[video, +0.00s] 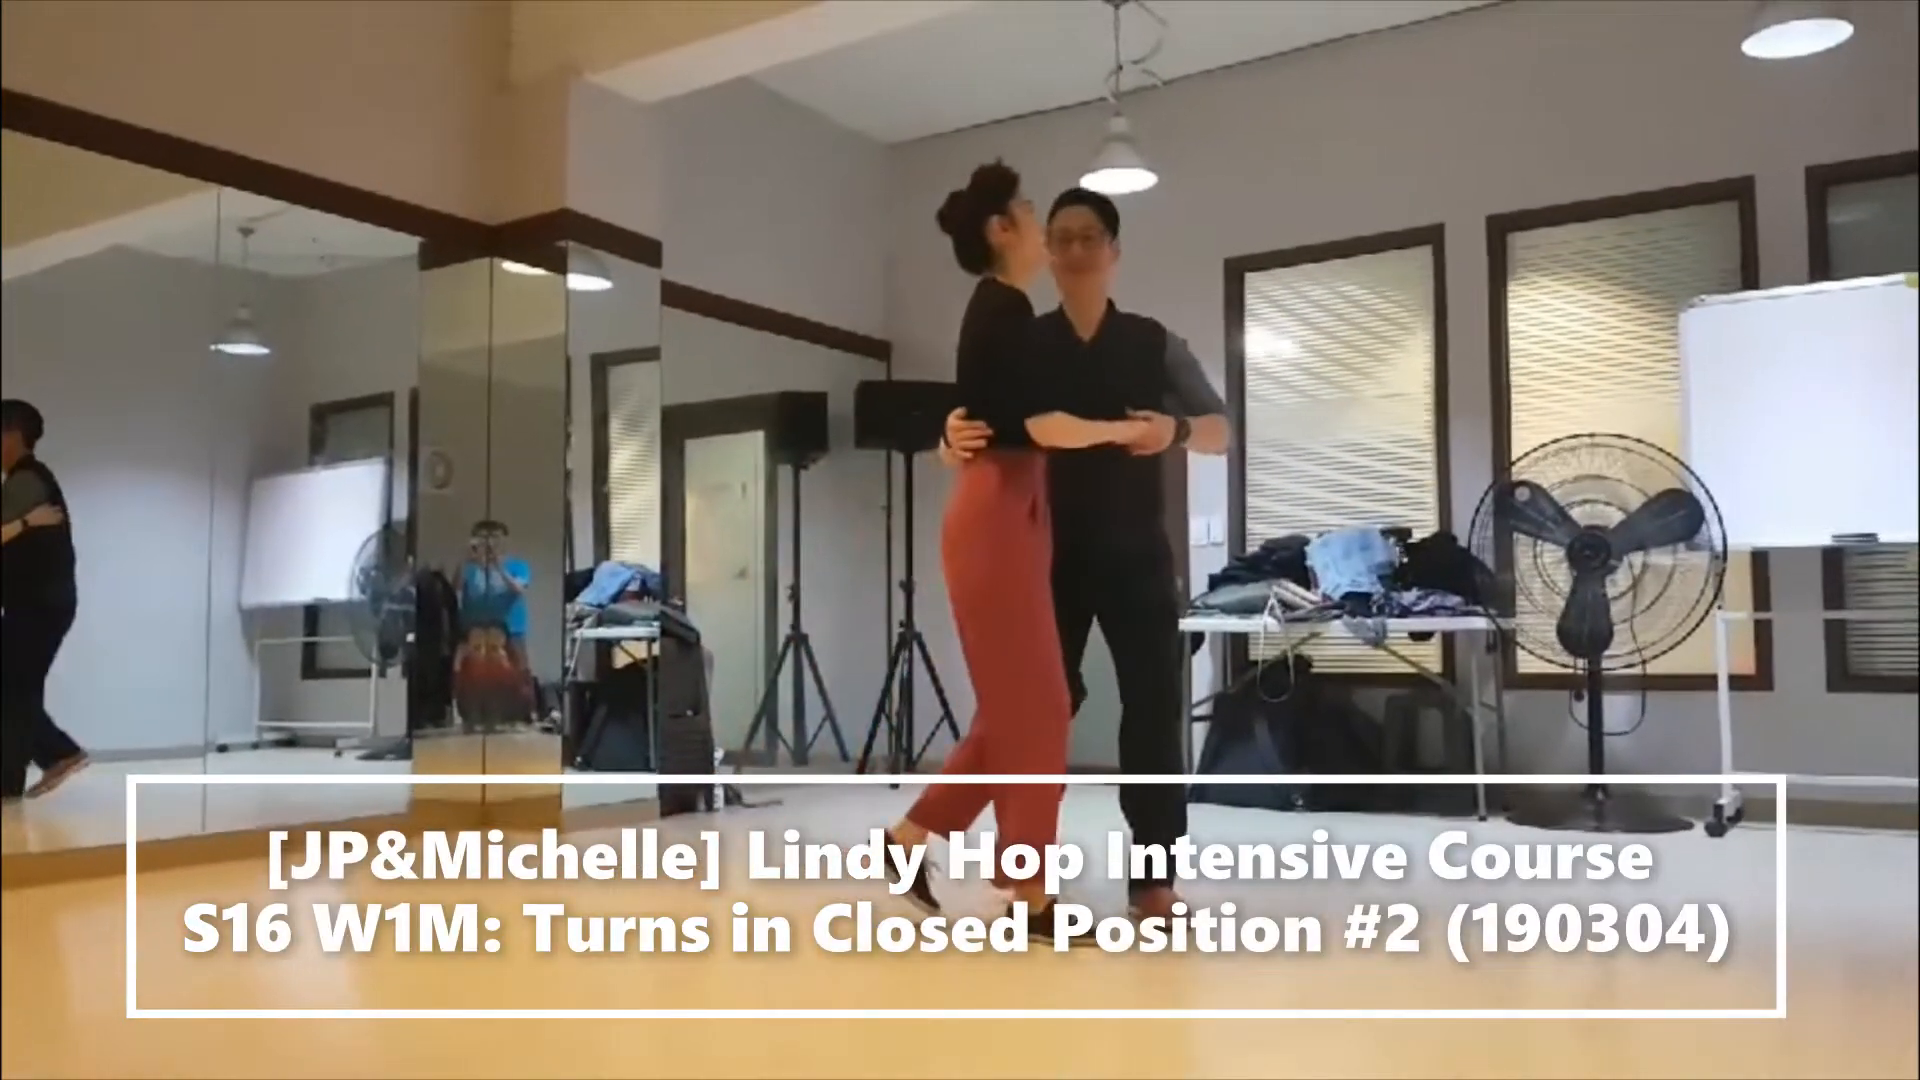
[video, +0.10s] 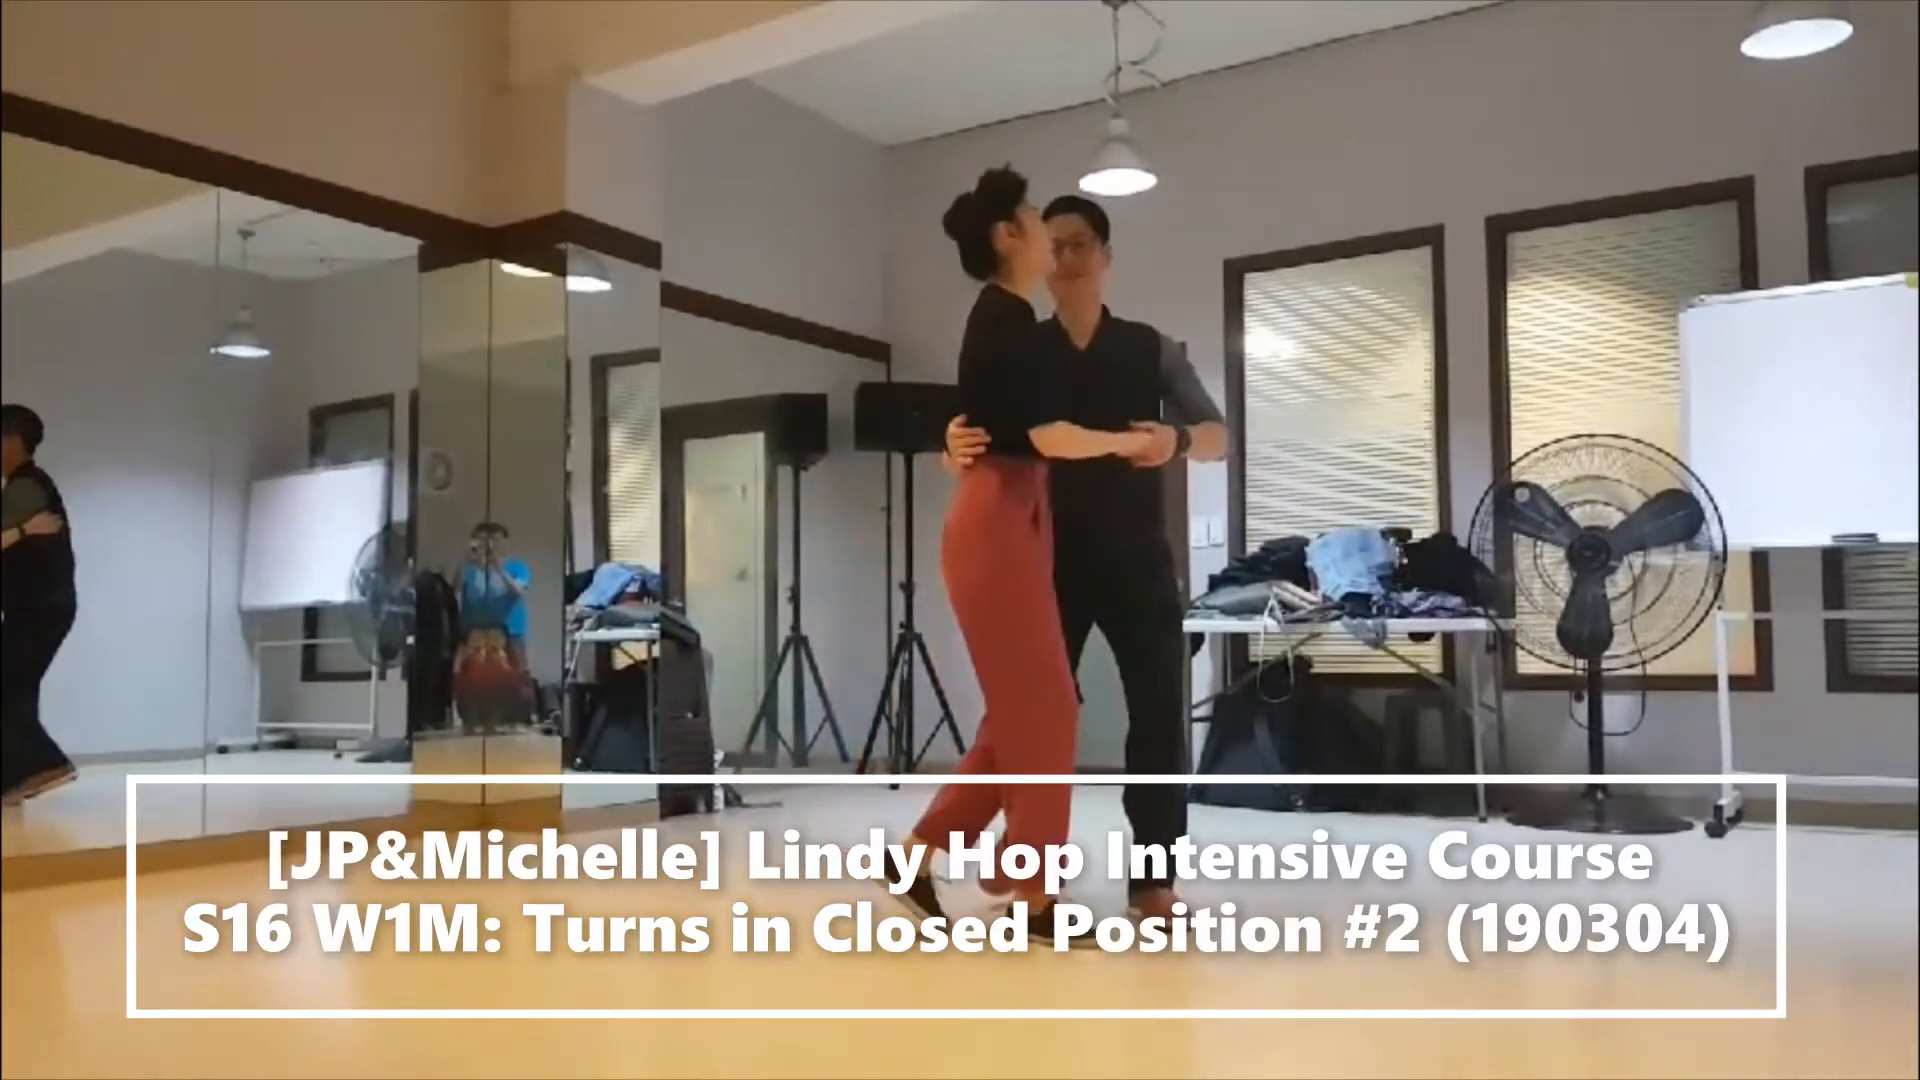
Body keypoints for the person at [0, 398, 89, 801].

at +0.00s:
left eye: (3, 434)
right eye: (2, 434)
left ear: (18, 436)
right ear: (23, 437)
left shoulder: (25, 483)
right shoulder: (34, 479)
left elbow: (8, 533)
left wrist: (25, 521)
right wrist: (25, 520)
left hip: (39, 604)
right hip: (39, 602)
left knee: (15, 687)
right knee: (16, 686)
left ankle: (9, 784)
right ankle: (58, 754)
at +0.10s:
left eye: (3, 438)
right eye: (2, 438)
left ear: (17, 441)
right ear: (21, 442)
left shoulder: (24, 489)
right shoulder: (34, 485)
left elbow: (6, 539)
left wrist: (23, 528)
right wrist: (23, 529)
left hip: (40, 604)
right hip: (39, 603)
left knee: (13, 683)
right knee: (16, 684)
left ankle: (36, 762)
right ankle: (42, 761)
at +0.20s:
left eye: (3, 442)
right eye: (2, 442)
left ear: (16, 445)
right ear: (20, 445)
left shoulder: (24, 493)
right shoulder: (31, 490)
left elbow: (6, 543)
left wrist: (23, 534)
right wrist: (23, 534)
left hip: (41, 609)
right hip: (35, 608)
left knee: (10, 690)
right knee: (11, 691)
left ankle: (40, 772)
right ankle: (40, 772)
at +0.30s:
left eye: (3, 443)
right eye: (1, 443)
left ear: (17, 446)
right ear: (20, 447)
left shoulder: (26, 494)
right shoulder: (27, 491)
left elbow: (6, 543)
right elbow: (9, 545)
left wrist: (24, 535)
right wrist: (24, 535)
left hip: (42, 610)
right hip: (31, 609)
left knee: (11, 692)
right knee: (11, 694)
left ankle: (54, 780)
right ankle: (12, 788)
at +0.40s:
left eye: (3, 436)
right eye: (1, 436)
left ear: (17, 439)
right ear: (19, 440)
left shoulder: (27, 486)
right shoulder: (26, 483)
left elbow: (7, 536)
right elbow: (7, 538)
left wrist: (24, 528)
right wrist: (25, 528)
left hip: (43, 605)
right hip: (30, 604)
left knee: (19, 691)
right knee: (16, 692)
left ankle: (54, 783)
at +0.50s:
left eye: (1, 434)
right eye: (0, 434)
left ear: (14, 437)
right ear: (18, 437)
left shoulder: (26, 483)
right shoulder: (28, 480)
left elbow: (7, 538)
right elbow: (11, 540)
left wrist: (25, 525)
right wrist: (25, 523)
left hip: (44, 604)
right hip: (36, 602)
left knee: (18, 686)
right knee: (19, 687)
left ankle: (47, 781)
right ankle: (40, 780)